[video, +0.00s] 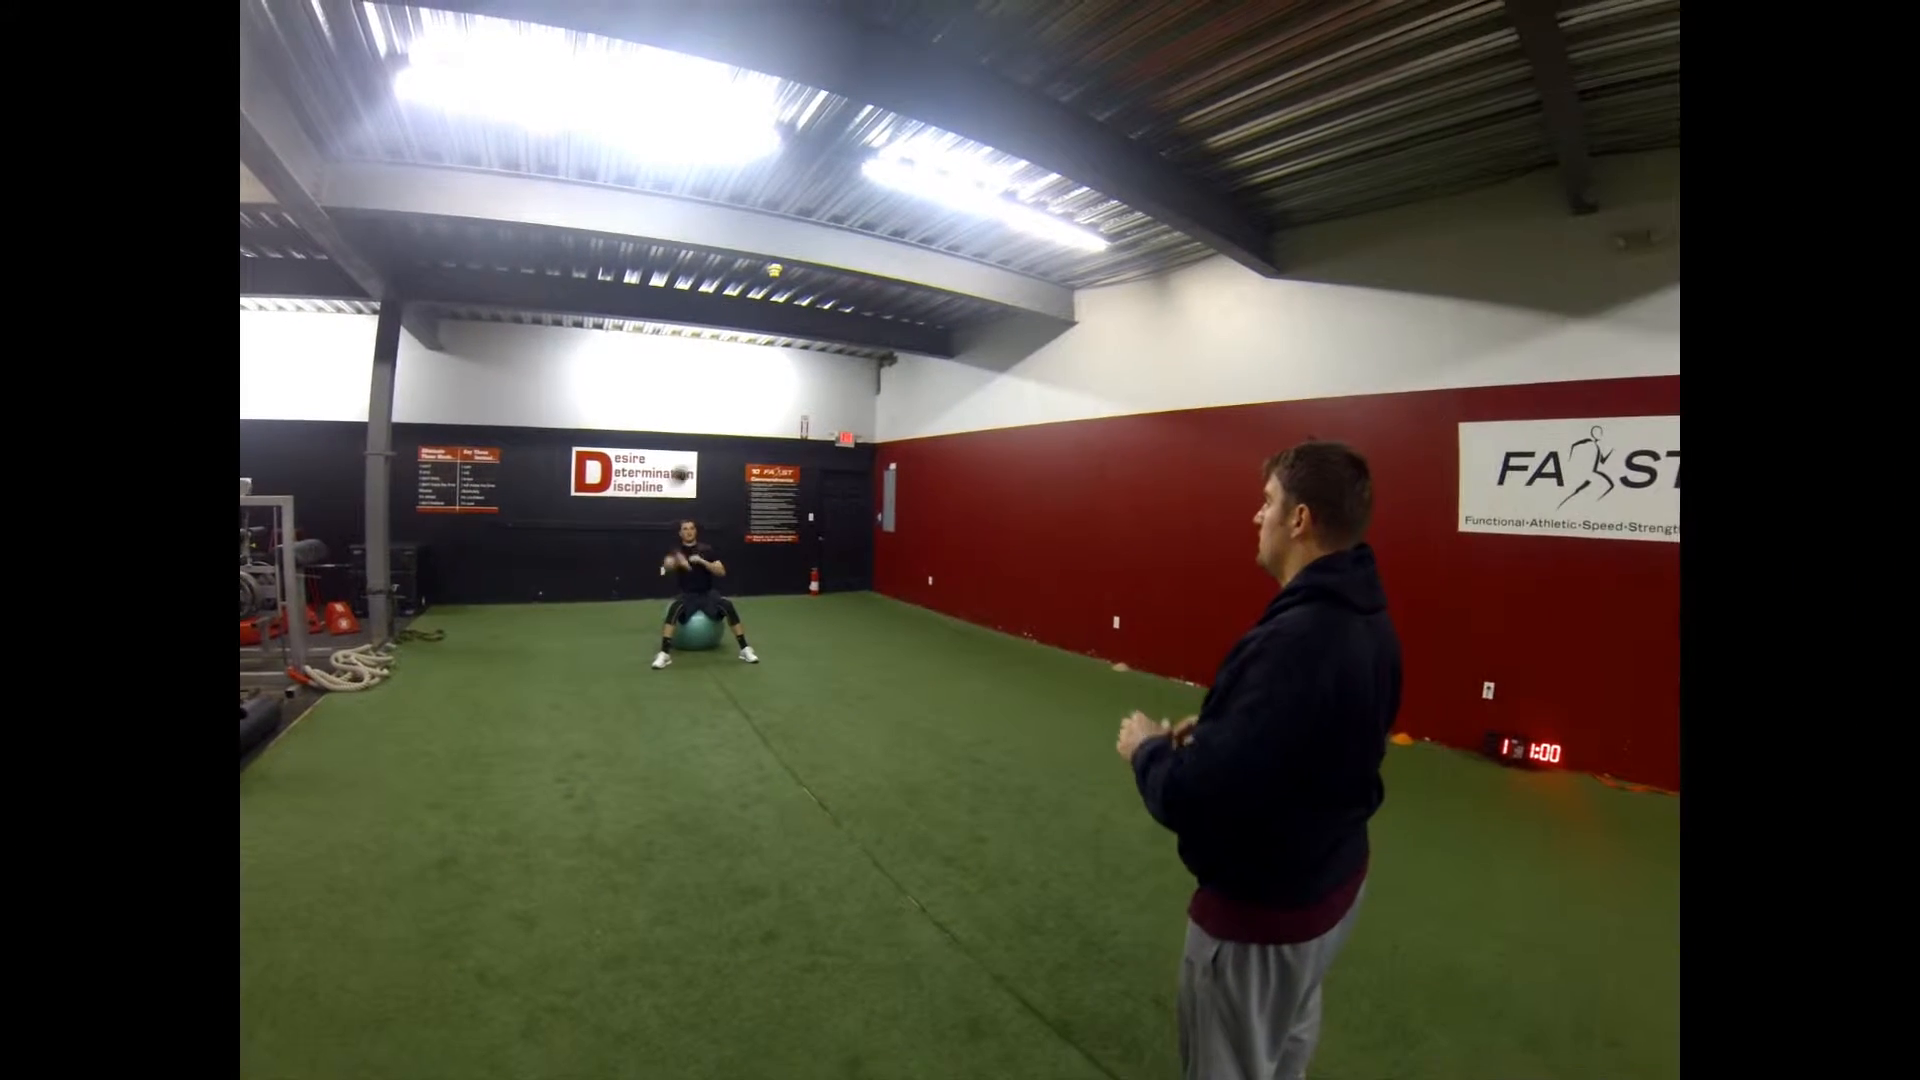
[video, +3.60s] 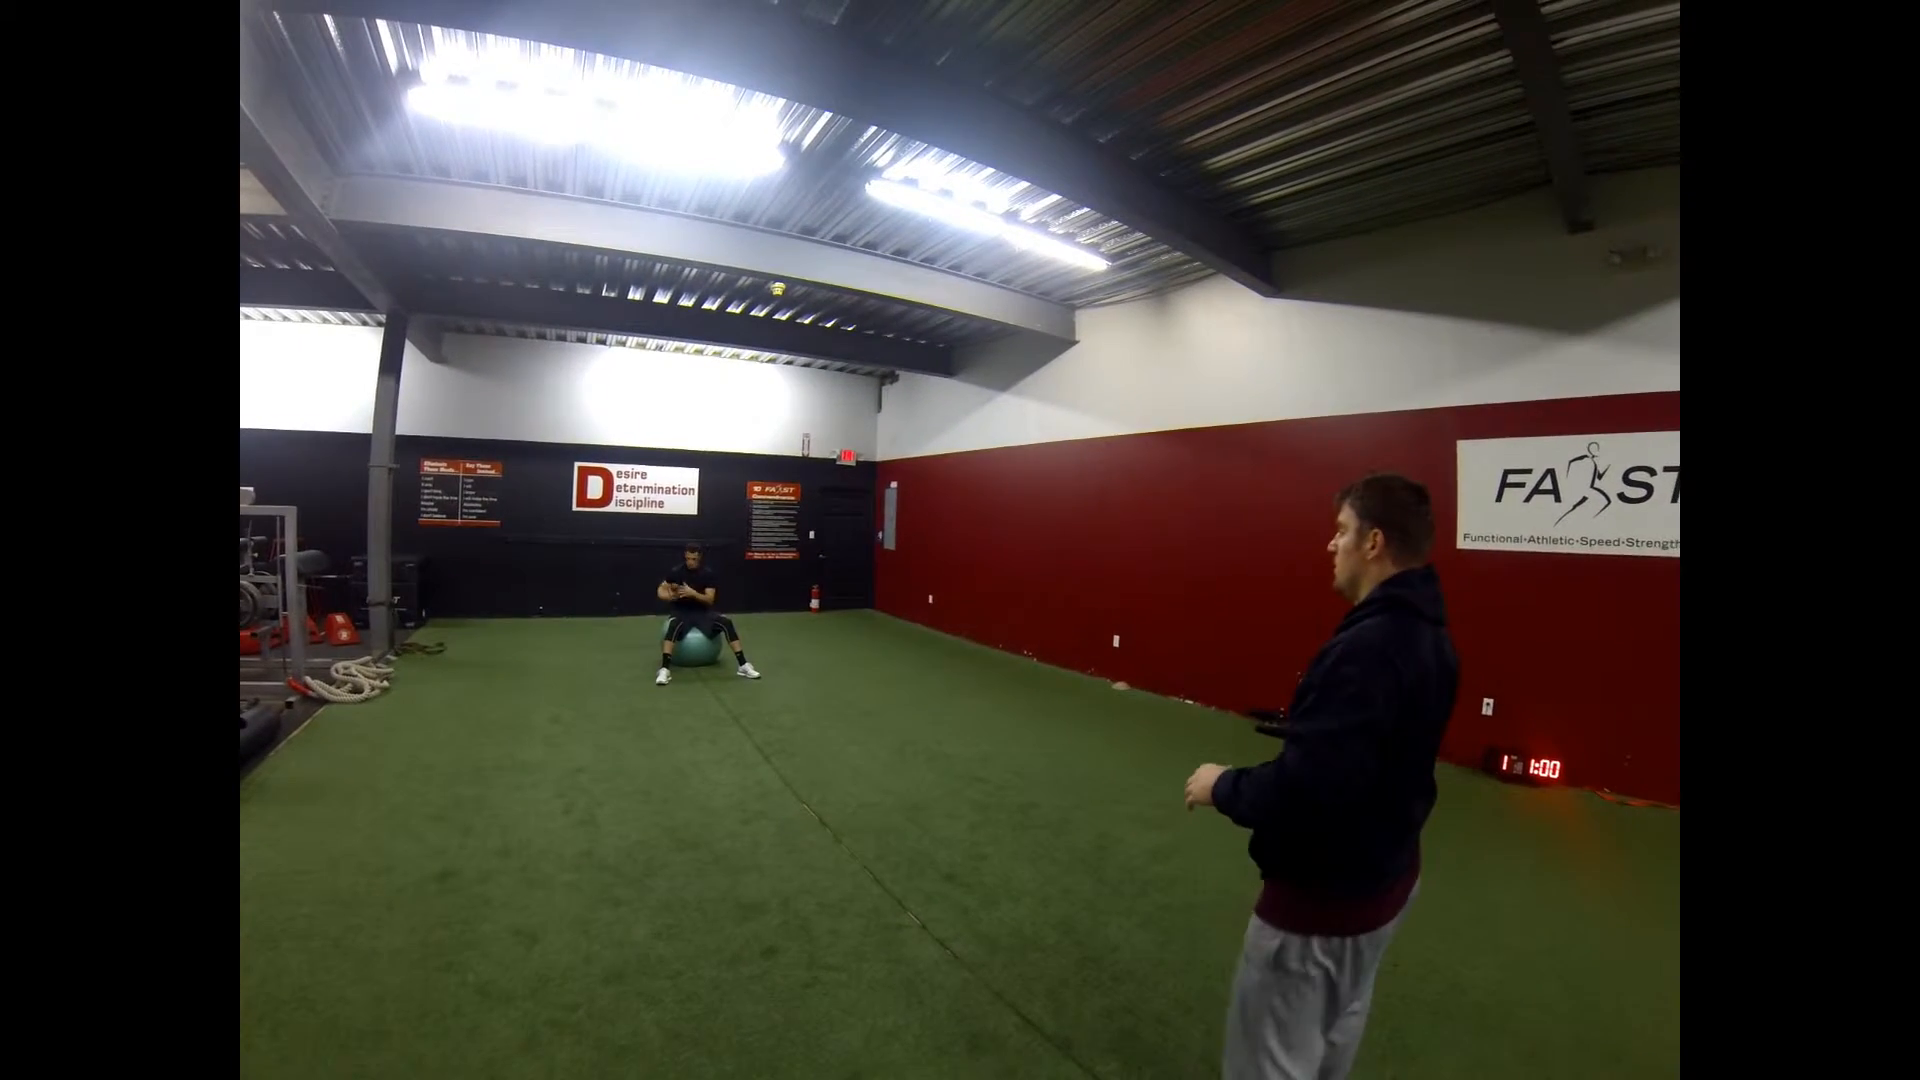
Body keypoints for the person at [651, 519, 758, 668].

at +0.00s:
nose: (689, 532)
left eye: (691, 529)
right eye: (685, 529)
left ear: (696, 531)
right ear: (680, 533)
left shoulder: (706, 549)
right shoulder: (677, 552)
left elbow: (721, 571)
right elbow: (668, 564)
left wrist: (702, 562)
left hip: (708, 594)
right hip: (687, 595)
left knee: (727, 606)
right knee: (674, 608)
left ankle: (745, 649)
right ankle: (664, 653)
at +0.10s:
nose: (690, 531)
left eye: (692, 528)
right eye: (686, 528)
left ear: (697, 531)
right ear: (681, 532)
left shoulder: (707, 550)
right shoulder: (676, 552)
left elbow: (723, 573)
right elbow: (670, 577)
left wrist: (708, 569)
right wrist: (683, 575)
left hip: (708, 593)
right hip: (687, 594)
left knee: (728, 605)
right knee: (675, 607)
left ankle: (745, 647)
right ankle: (664, 652)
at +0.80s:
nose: (687, 545)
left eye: (690, 542)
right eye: (684, 542)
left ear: (694, 545)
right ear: (678, 544)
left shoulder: (701, 563)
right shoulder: (669, 564)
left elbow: (709, 586)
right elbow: (658, 588)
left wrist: (705, 590)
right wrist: (670, 592)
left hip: (697, 605)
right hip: (677, 605)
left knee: (719, 611)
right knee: (665, 612)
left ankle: (736, 655)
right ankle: (658, 660)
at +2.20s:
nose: (699, 542)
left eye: (702, 539)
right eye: (696, 539)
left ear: (705, 542)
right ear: (690, 541)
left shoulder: (713, 561)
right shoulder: (681, 563)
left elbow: (719, 584)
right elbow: (673, 587)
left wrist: (714, 591)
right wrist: (688, 592)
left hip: (708, 602)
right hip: (688, 602)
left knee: (729, 610)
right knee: (677, 612)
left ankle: (745, 653)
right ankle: (667, 656)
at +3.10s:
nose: (709, 562)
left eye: (710, 559)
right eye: (706, 558)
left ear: (712, 557)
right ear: (696, 555)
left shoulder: (714, 570)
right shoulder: (683, 570)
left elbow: (722, 591)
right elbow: (673, 594)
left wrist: (719, 592)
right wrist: (694, 597)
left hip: (709, 608)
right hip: (689, 609)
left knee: (732, 619)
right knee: (678, 620)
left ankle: (749, 661)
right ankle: (670, 665)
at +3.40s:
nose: (700, 563)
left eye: (703, 560)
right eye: (698, 559)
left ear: (705, 560)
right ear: (690, 557)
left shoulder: (708, 573)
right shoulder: (677, 573)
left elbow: (716, 598)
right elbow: (669, 598)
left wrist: (712, 597)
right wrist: (689, 598)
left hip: (704, 612)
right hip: (684, 613)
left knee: (728, 622)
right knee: (674, 623)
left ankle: (745, 664)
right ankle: (666, 668)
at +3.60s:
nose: (691, 562)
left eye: (694, 559)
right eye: (688, 559)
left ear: (700, 558)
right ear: (685, 557)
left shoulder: (708, 573)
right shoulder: (677, 572)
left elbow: (710, 599)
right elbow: (661, 591)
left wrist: (693, 593)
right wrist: (670, 595)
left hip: (702, 612)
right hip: (682, 611)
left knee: (726, 623)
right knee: (674, 625)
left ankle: (743, 665)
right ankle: (664, 669)